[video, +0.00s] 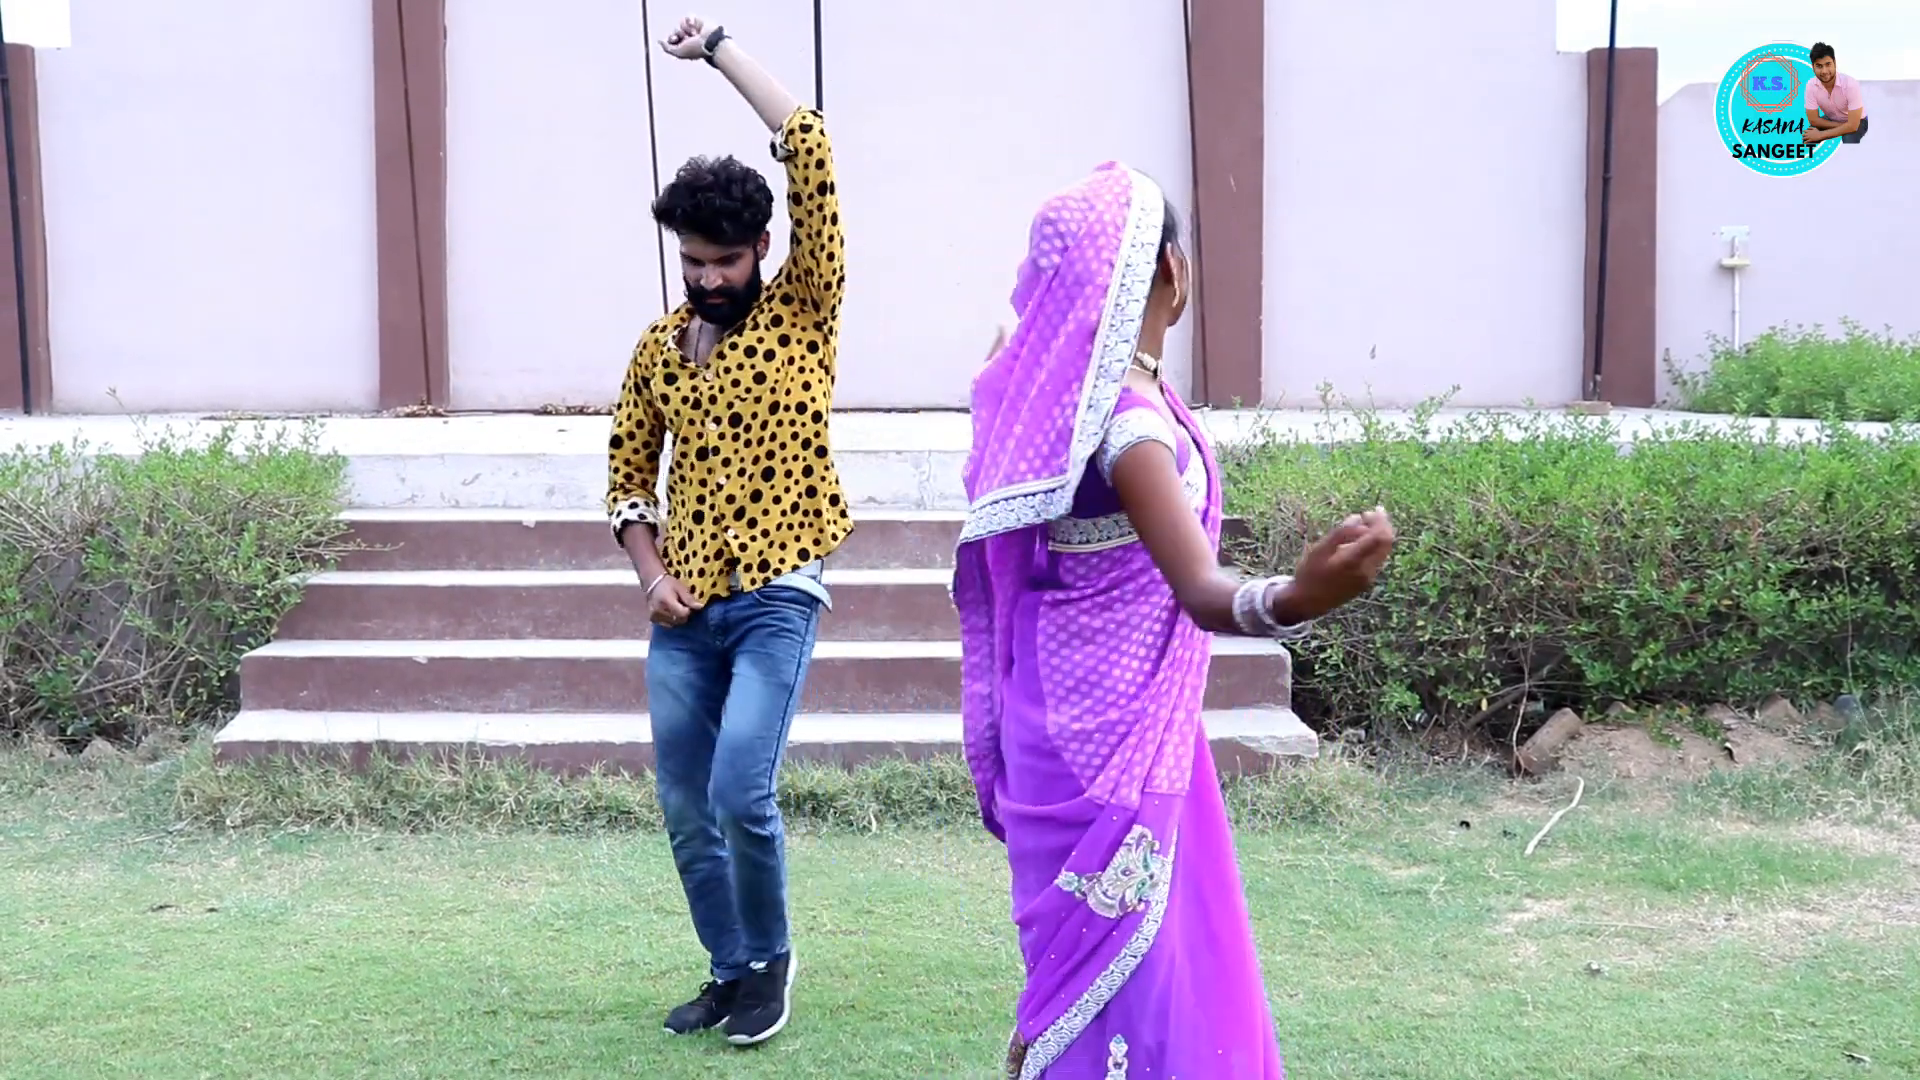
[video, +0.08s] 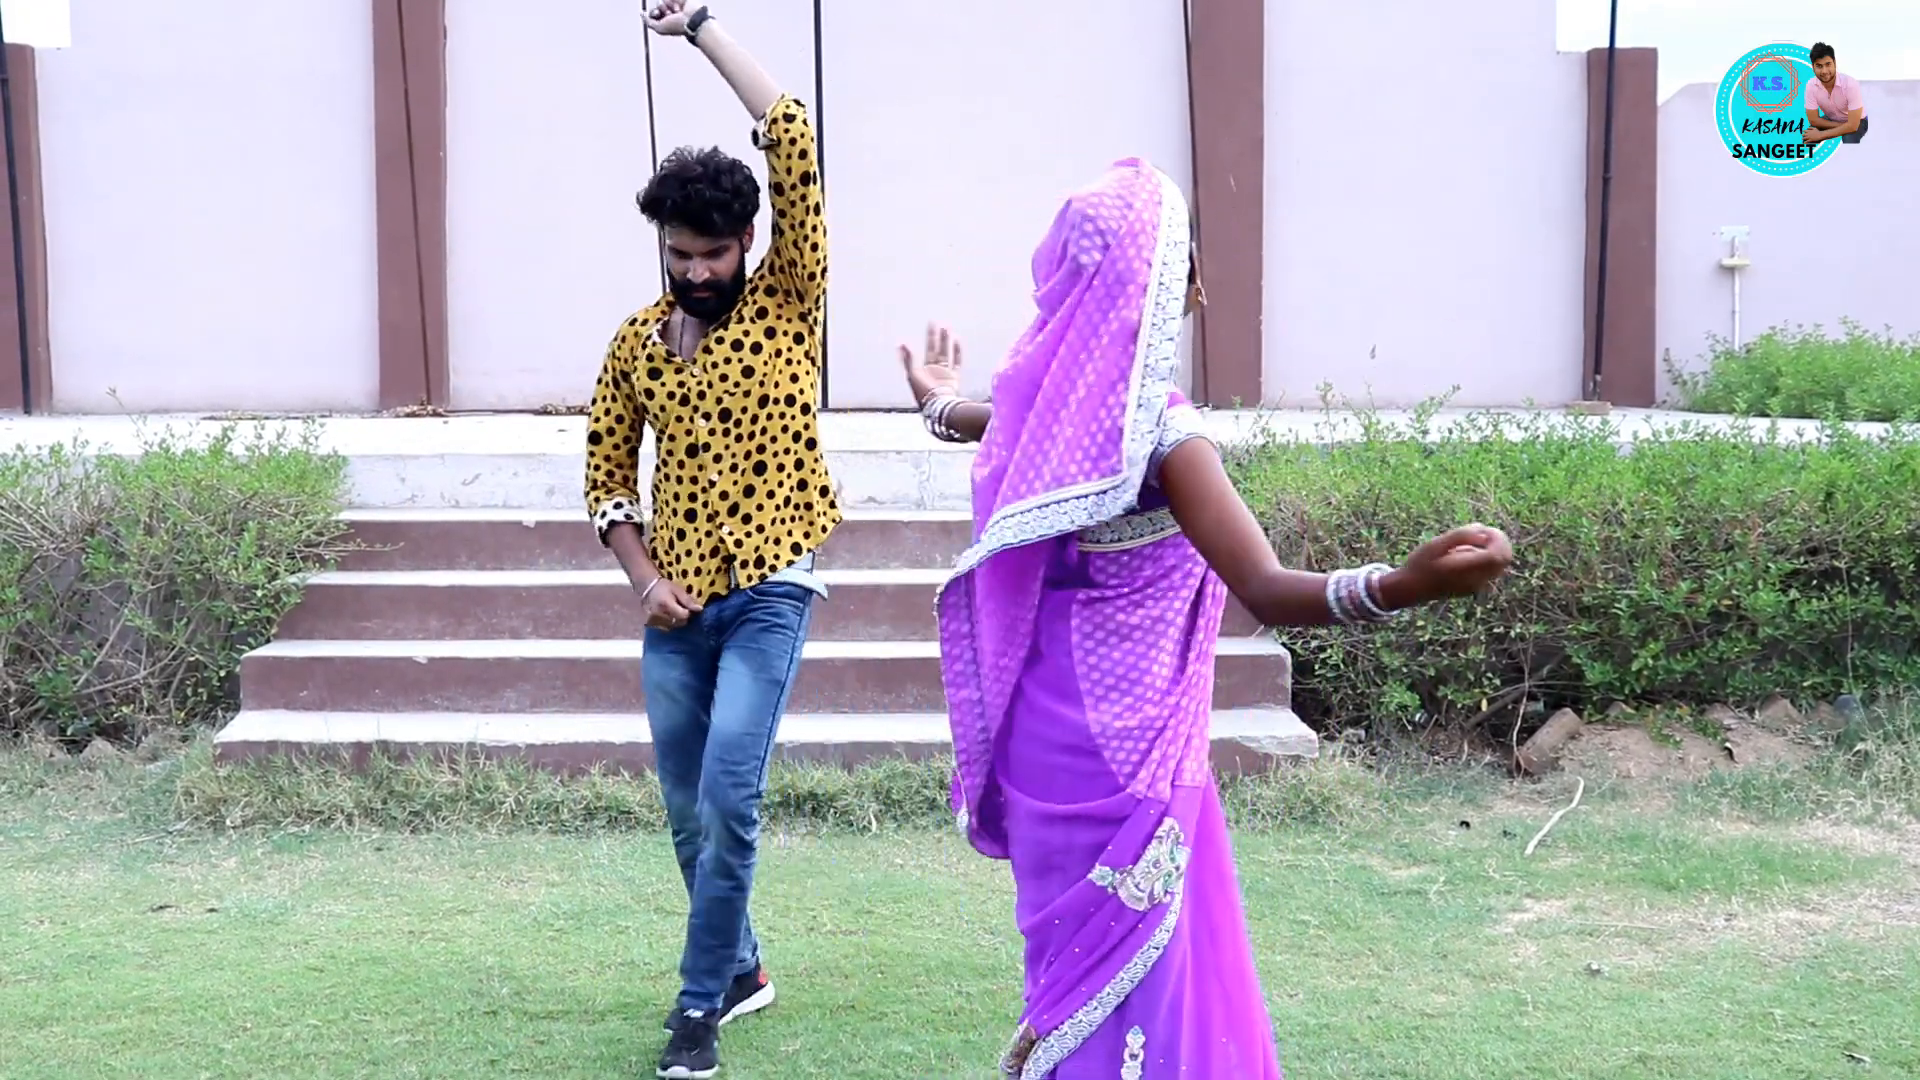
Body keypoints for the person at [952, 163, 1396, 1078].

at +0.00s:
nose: (1188, 268)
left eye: (1181, 249)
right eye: (1182, 250)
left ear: (1069, 272)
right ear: (1167, 270)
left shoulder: (1038, 382)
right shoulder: (1128, 417)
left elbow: (992, 581)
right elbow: (1200, 591)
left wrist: (988, 741)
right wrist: (1299, 596)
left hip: (1056, 721)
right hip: (1114, 739)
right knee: (1116, 986)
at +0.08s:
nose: (1198, 287)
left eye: (1190, 263)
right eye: (1185, 265)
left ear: (1070, 279)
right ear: (1147, 281)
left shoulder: (1027, 403)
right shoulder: (1161, 429)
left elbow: (964, 418)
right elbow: (1264, 590)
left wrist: (935, 395)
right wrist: (1402, 583)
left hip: (1029, 747)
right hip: (1131, 759)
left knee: (1061, 997)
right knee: (1148, 1001)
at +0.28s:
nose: (1178, 301)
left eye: (1175, 277)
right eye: (1182, 279)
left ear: (1106, 292)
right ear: (1221, 306)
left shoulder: (1045, 409)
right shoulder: (1244, 450)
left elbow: (936, 469)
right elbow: (1374, 616)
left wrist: (821, 447)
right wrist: (1519, 608)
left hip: (1051, 765)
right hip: (1183, 773)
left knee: (1057, 1004)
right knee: (1194, 1010)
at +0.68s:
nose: (1155, 285)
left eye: (1171, 267)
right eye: (1161, 265)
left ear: (1219, 283)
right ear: (1273, 286)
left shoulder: (1157, 391)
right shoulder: (1326, 407)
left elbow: (1022, 524)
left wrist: (913, 649)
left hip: (1136, 734)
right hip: (1258, 731)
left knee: (1065, 950)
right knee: (1229, 941)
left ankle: (1068, 1065)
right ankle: (1243, 1058)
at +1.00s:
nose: (1156, 250)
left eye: (1182, 232)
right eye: (1151, 229)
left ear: (1244, 248)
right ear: (1146, 235)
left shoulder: (1255, 357)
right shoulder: (1192, 357)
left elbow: (1306, 512)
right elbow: (1114, 505)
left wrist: (1294, 669)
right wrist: (1116, 375)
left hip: (1224, 694)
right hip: (1160, 690)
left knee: (1195, 941)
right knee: (1127, 932)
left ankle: (1215, 1067)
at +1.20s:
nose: (1195, 299)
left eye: (1218, 277)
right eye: (1177, 281)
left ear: (1268, 282)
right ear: (1162, 292)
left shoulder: (1321, 400)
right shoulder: (1164, 405)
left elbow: (1396, 555)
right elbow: (996, 418)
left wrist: (1483, 683)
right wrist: (1116, 348)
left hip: (1257, 711)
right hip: (1147, 709)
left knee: (1249, 951)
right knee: (1144, 943)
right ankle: (1155, 1075)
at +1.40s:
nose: (1238, 299)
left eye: (1260, 277)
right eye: (1213, 279)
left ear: (1295, 279)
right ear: (1188, 283)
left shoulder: (1354, 401)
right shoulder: (1150, 394)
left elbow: (1454, 560)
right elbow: (1025, 501)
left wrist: (1583, 605)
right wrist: (1034, 361)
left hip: (1310, 702)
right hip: (1174, 699)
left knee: (1303, 941)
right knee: (1171, 936)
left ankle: (1300, 1071)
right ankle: (1177, 1075)